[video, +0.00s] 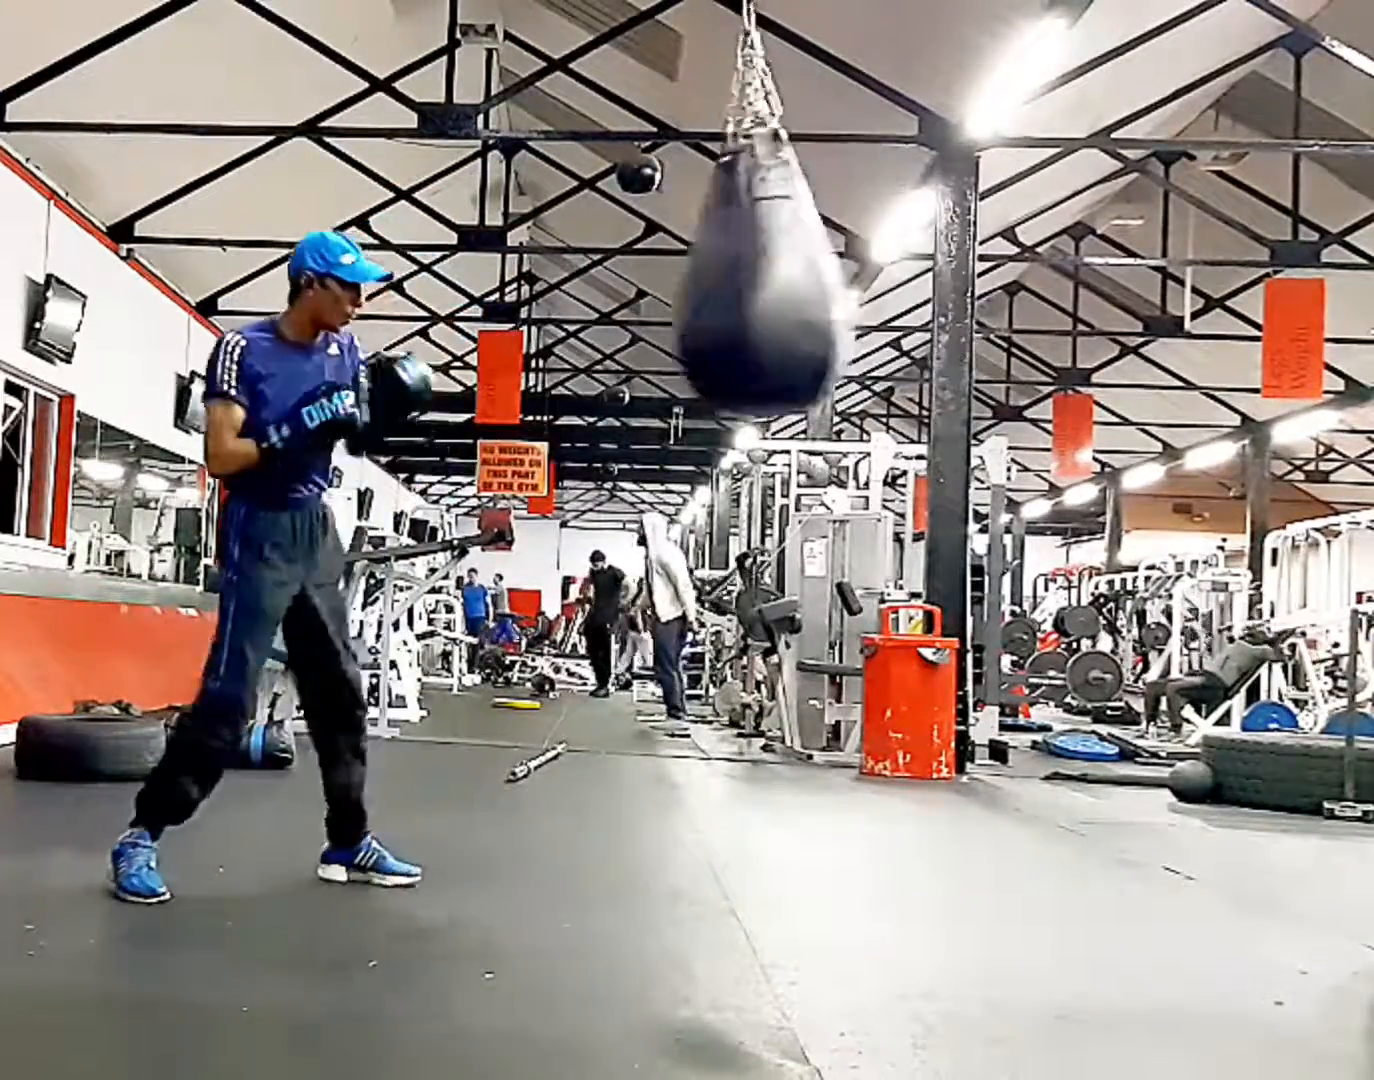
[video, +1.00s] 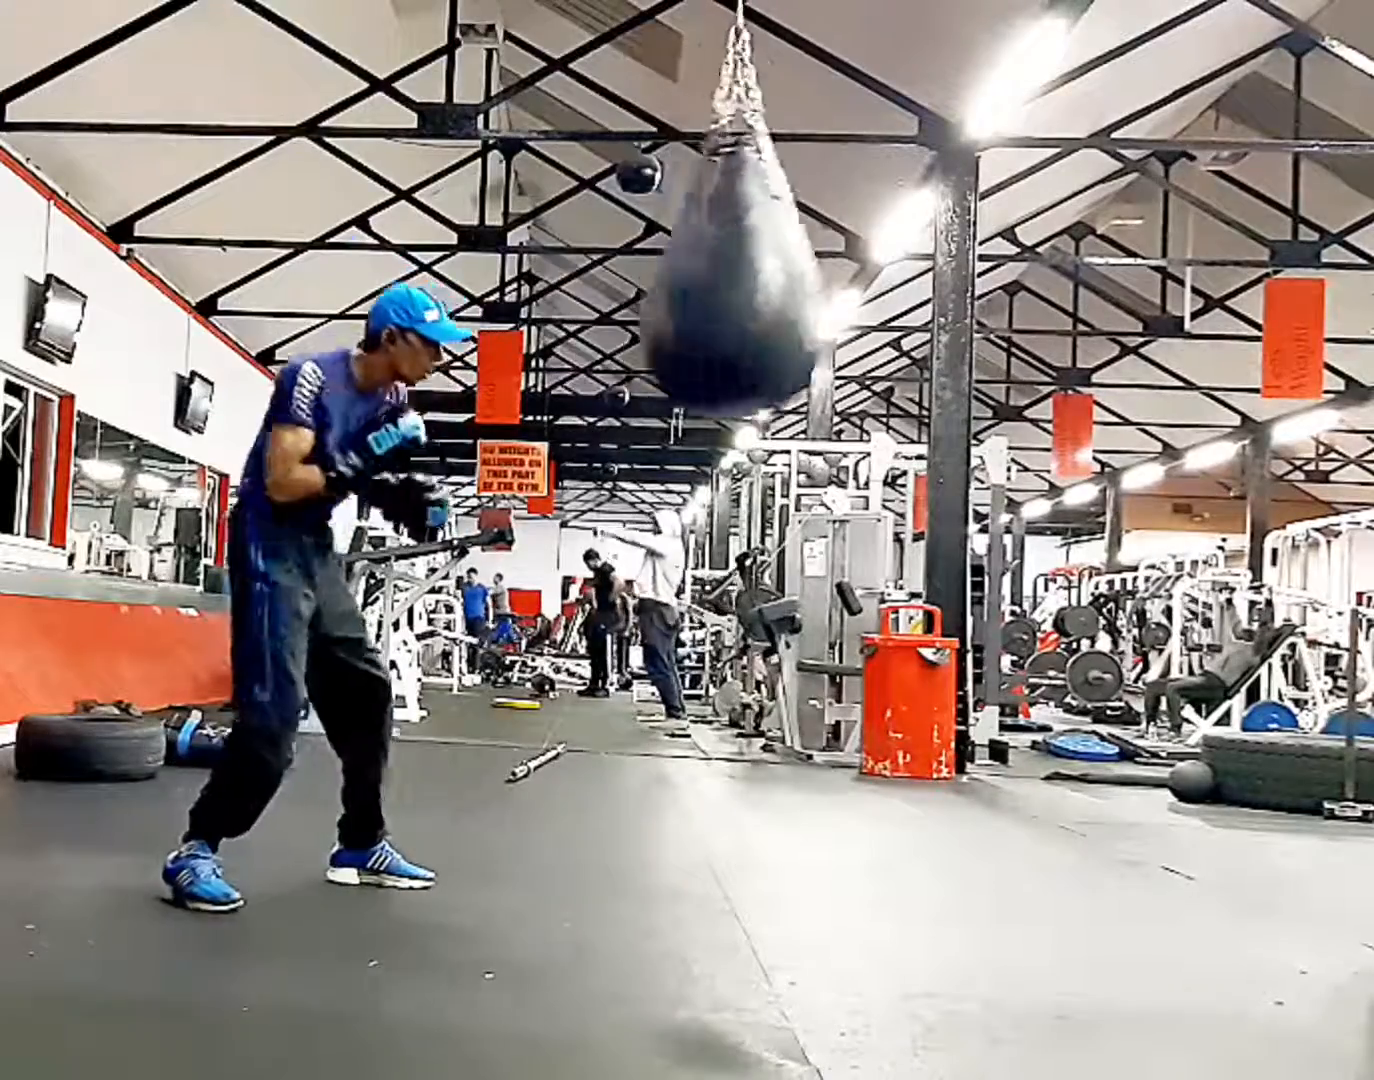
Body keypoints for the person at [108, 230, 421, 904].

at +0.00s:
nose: (357, 305)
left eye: (361, 294)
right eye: (348, 292)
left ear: (335, 294)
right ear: (310, 286)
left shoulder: (345, 358)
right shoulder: (241, 351)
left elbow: (360, 441)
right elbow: (220, 458)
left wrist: (388, 412)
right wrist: (299, 429)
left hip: (317, 535)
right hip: (257, 538)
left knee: (338, 692)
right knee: (232, 700)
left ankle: (349, 843)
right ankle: (139, 839)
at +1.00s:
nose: (436, 362)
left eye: (440, 352)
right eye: (430, 349)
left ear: (405, 345)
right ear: (393, 338)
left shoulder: (390, 407)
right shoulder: (309, 377)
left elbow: (360, 479)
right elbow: (282, 483)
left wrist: (400, 502)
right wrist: (367, 464)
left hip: (319, 561)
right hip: (268, 558)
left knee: (366, 694)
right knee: (270, 722)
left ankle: (361, 845)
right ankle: (193, 851)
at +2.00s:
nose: (523, 317)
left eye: (524, 307)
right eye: (517, 304)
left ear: (495, 304)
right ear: (486, 297)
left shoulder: (499, 371)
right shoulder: (430, 345)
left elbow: (569, 402)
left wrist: (626, 373)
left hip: (447, 532)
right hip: (410, 522)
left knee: (471, 693)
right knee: (392, 692)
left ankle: (432, 851)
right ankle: (255, 818)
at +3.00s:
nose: (395, 318)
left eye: (400, 307)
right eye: (389, 302)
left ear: (374, 299)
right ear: (352, 288)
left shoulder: (370, 364)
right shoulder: (280, 338)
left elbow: (385, 456)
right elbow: (268, 445)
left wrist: (419, 437)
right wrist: (347, 414)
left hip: (337, 536)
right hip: (284, 533)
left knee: (370, 699)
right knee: (257, 705)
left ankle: (417, 848)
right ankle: (179, 852)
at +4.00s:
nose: (425, 328)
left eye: (429, 317)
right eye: (418, 313)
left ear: (410, 312)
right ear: (380, 301)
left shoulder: (401, 376)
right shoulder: (313, 351)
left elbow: (390, 454)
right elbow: (302, 454)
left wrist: (431, 472)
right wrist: (382, 419)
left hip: (372, 546)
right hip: (309, 546)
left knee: (409, 693)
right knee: (266, 693)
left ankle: (418, 849)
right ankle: (197, 845)